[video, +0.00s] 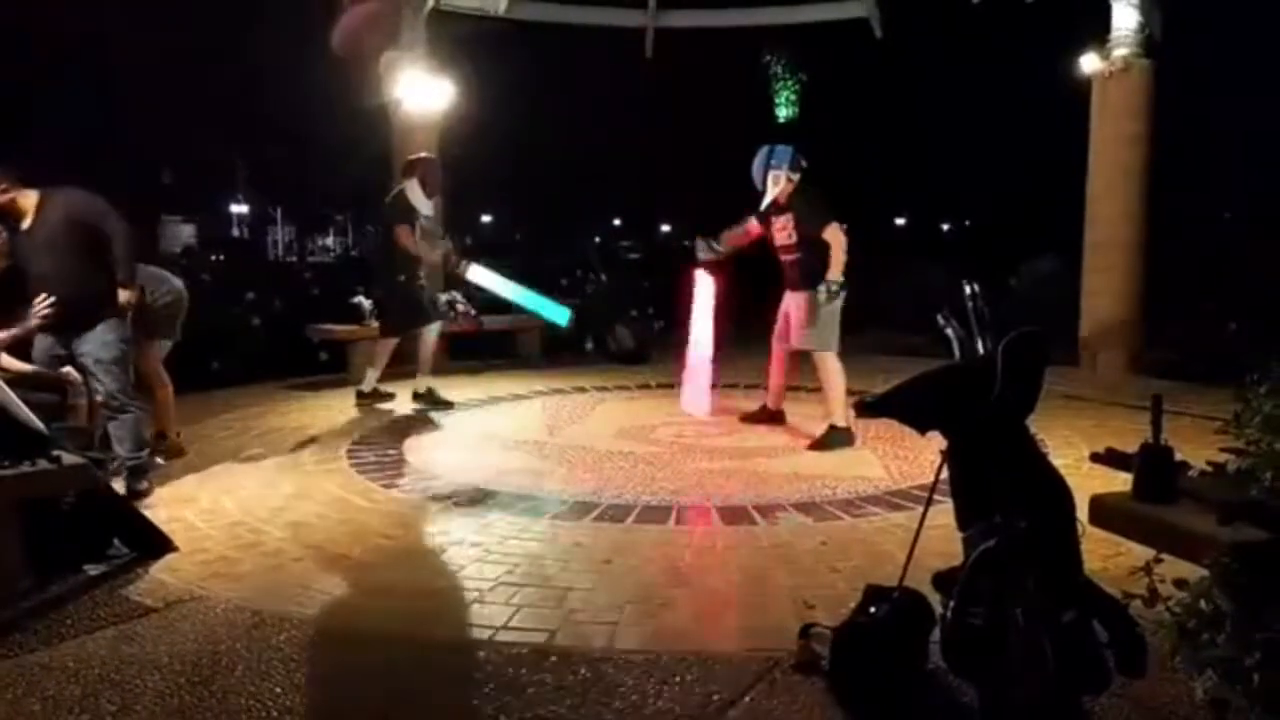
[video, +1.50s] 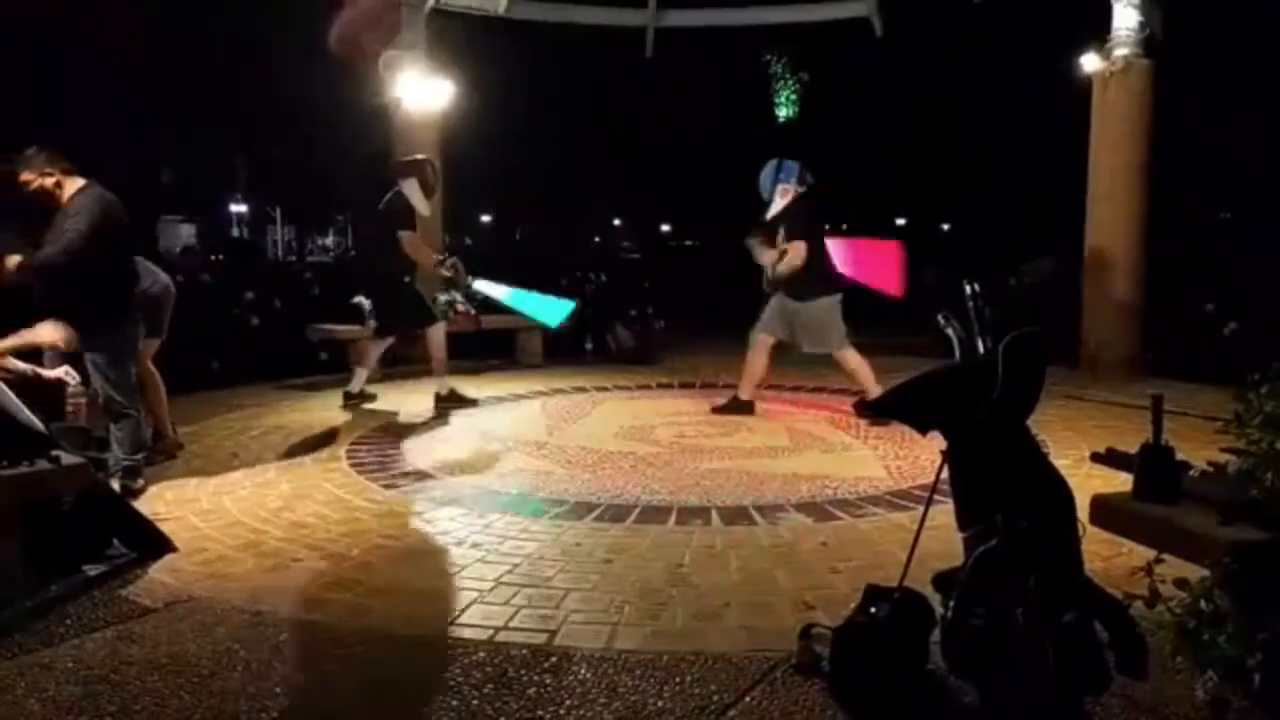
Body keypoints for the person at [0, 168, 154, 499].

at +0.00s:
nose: (2, 211)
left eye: (1, 203)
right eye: (1, 205)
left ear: (9, 192)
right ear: (7, 194)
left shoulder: (68, 204)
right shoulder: (15, 237)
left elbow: (119, 230)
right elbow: (23, 285)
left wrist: (125, 283)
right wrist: (28, 322)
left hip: (98, 320)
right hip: (50, 329)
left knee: (114, 396)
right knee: (44, 401)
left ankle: (134, 471)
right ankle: (55, 477)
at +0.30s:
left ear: (4, 200)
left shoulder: (50, 202)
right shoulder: (5, 250)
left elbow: (106, 226)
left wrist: (117, 275)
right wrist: (15, 324)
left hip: (96, 312)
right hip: (45, 325)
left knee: (110, 393)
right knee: (35, 396)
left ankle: (127, 469)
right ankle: (47, 473)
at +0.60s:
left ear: (6, 196)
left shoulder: (50, 201)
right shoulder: (5, 241)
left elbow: (105, 228)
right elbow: (8, 295)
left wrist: (113, 277)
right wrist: (17, 327)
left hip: (92, 314)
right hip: (40, 326)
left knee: (109, 394)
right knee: (35, 398)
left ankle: (125, 470)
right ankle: (54, 474)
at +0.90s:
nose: (2, 207)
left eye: (2, 200)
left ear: (10, 187)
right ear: (4, 193)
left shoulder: (66, 199)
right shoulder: (7, 231)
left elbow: (114, 225)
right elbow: (7, 282)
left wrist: (95, 266)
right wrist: (15, 310)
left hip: (89, 316)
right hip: (45, 325)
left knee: (105, 395)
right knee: (43, 401)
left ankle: (126, 471)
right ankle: (62, 473)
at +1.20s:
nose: (17, 195)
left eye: (17, 186)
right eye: (13, 189)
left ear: (35, 174)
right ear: (31, 179)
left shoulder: (90, 197)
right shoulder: (43, 213)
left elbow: (108, 233)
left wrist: (52, 244)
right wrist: (26, 272)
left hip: (104, 314)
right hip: (61, 317)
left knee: (113, 397)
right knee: (54, 393)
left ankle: (127, 471)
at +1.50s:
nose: (32, 194)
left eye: (33, 185)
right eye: (29, 188)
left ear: (52, 175)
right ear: (51, 177)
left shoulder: (93, 206)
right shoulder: (72, 206)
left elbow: (65, 254)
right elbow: (60, 253)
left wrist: (26, 264)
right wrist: (31, 264)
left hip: (112, 317)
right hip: (92, 313)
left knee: (119, 399)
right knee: (100, 395)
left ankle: (128, 471)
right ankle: (109, 463)